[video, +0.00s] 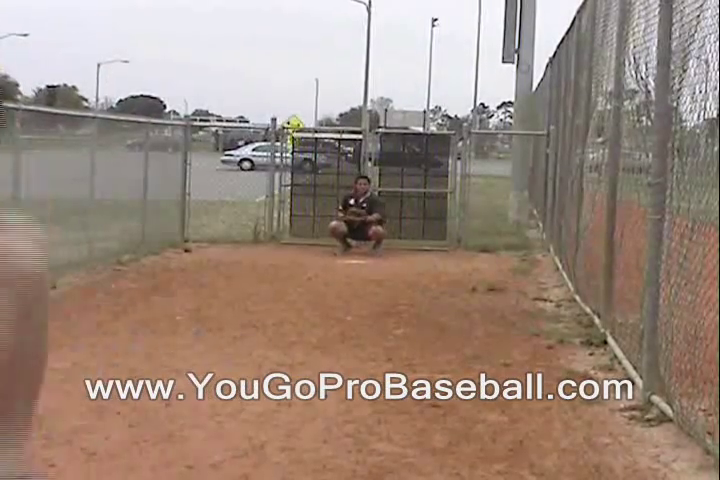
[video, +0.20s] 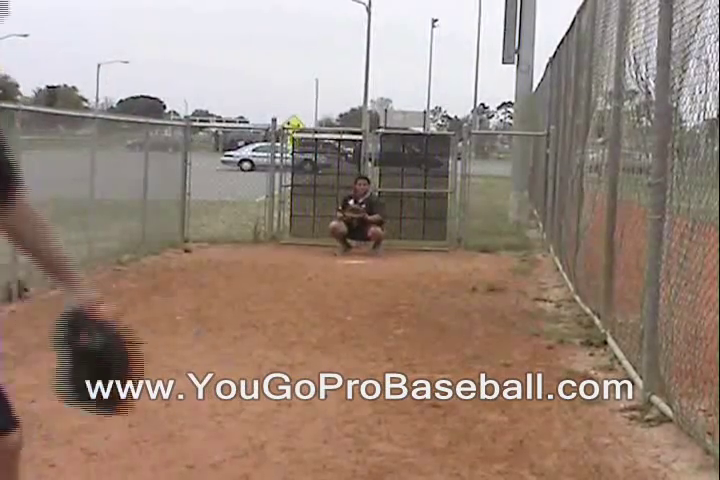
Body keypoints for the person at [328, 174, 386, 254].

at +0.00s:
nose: (362, 187)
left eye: (365, 184)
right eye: (360, 184)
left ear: (369, 186)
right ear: (355, 186)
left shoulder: (374, 200)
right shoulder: (348, 198)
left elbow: (378, 215)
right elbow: (339, 212)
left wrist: (362, 219)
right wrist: (347, 218)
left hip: (365, 226)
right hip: (350, 226)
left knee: (378, 231)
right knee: (334, 227)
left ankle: (377, 244)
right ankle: (345, 245)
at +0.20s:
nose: (362, 187)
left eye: (364, 185)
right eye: (359, 185)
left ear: (368, 187)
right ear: (355, 186)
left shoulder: (373, 201)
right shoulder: (348, 199)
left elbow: (380, 217)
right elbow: (339, 213)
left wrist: (366, 217)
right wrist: (346, 217)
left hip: (365, 227)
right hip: (350, 226)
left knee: (377, 231)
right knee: (334, 227)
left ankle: (376, 245)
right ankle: (345, 245)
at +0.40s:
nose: (362, 187)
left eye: (364, 184)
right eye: (359, 184)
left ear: (368, 187)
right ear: (355, 186)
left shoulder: (373, 200)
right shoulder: (348, 199)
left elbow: (379, 215)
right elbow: (340, 212)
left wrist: (366, 216)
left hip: (365, 227)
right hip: (350, 226)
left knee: (377, 231)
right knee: (334, 226)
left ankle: (376, 245)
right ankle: (346, 245)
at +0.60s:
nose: (362, 187)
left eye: (364, 184)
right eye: (359, 184)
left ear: (368, 186)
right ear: (355, 186)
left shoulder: (374, 200)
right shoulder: (348, 197)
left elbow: (378, 219)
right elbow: (335, 214)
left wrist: (362, 212)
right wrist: (343, 211)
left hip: (365, 226)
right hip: (350, 225)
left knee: (375, 231)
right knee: (334, 225)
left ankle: (376, 245)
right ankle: (346, 245)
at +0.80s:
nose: (361, 187)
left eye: (364, 184)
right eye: (358, 184)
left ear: (368, 187)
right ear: (354, 187)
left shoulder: (374, 199)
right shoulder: (348, 198)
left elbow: (378, 218)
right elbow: (336, 214)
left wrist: (366, 206)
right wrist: (350, 207)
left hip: (366, 228)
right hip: (350, 227)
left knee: (377, 230)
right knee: (334, 225)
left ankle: (376, 246)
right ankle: (346, 245)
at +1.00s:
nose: (358, 191)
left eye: (361, 188)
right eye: (356, 188)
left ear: (365, 190)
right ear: (352, 190)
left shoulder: (369, 201)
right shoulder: (347, 202)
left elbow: (375, 209)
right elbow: (336, 214)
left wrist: (366, 211)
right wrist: (348, 215)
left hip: (367, 230)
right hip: (350, 229)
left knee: (379, 228)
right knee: (336, 226)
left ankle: (377, 246)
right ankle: (346, 245)